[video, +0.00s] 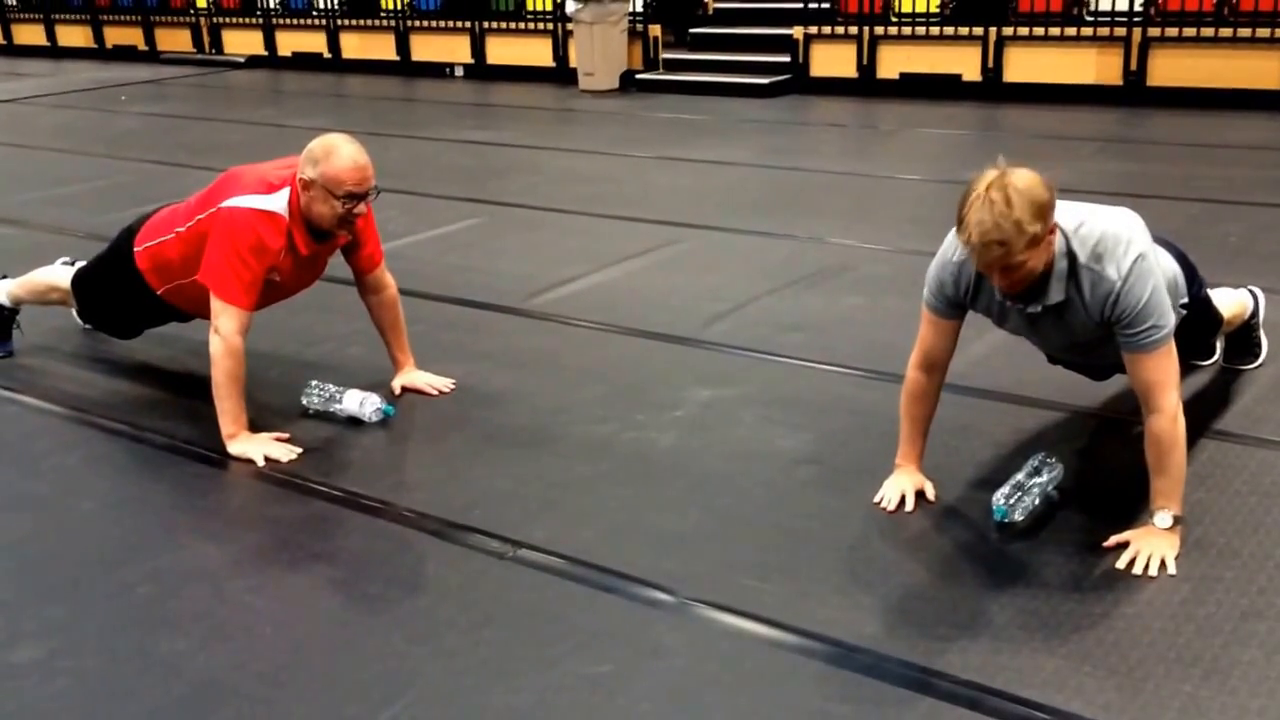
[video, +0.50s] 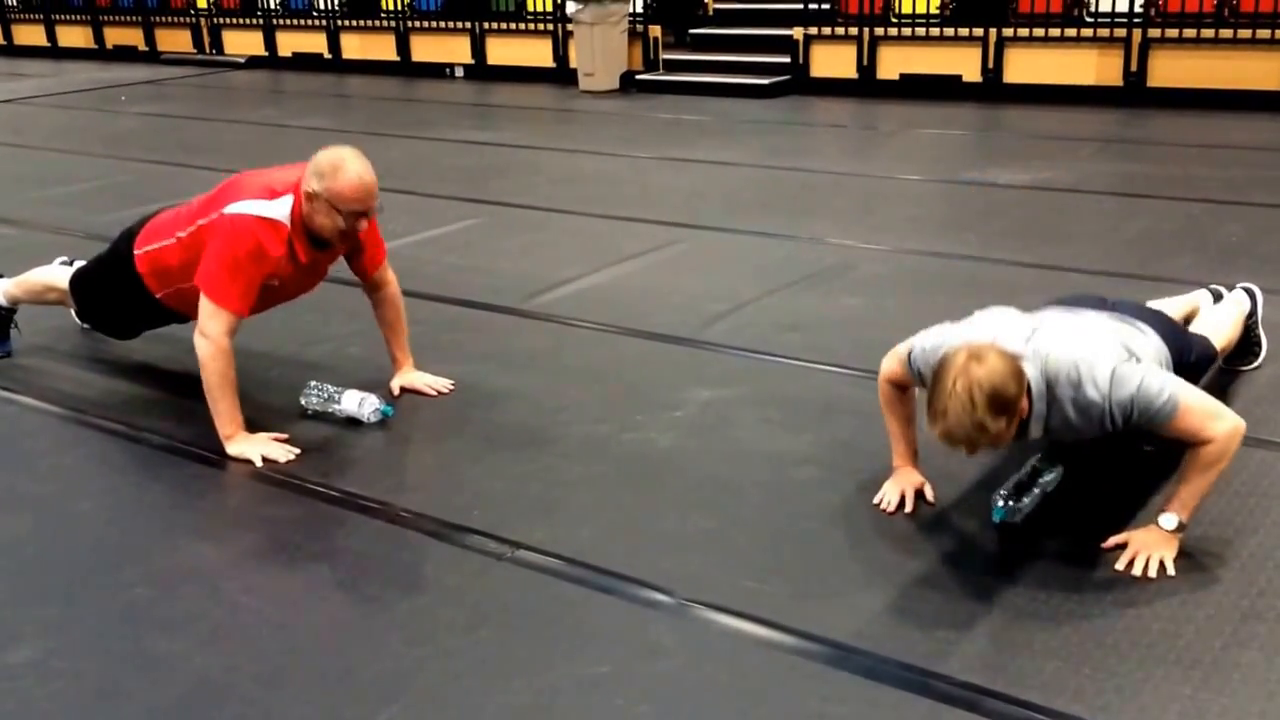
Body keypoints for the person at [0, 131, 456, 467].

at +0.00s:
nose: (359, 209)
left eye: (364, 197)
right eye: (349, 197)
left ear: (366, 189)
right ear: (306, 185)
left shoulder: (347, 205)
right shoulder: (251, 225)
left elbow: (377, 282)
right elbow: (227, 334)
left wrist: (405, 364)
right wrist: (236, 435)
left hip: (195, 280)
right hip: (144, 273)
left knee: (128, 305)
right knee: (76, 288)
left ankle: (80, 290)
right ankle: (5, 294)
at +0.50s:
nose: (359, 226)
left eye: (365, 215)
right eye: (349, 216)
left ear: (366, 203)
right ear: (311, 197)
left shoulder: (349, 207)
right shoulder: (251, 234)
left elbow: (382, 285)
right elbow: (212, 337)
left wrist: (404, 365)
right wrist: (235, 436)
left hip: (198, 275)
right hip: (144, 273)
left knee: (108, 295)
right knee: (75, 286)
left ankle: (71, 283)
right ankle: (5, 293)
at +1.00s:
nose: (389, 388)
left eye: (399, 382)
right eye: (380, 381)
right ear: (356, 346)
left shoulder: (394, 296)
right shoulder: (279, 327)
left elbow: (399, 285)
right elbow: (176, 355)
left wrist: (402, 371)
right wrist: (232, 437)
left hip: (236, 284)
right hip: (173, 310)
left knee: (152, 282)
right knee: (82, 310)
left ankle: (77, 267)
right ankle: (10, 290)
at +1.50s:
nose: (356, 267)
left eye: (369, 257)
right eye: (349, 254)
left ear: (380, 226)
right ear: (323, 220)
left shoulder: (358, 209)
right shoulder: (253, 233)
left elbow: (379, 283)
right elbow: (217, 334)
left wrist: (401, 368)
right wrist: (231, 436)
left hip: (198, 271)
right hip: (149, 265)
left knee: (124, 300)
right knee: (79, 287)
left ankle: (82, 302)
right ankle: (5, 290)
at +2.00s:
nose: (360, 361)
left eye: (371, 355)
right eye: (357, 353)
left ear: (396, 314)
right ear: (336, 322)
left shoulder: (379, 285)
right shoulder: (260, 316)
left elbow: (409, 288)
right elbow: (166, 362)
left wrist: (400, 367)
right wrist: (229, 440)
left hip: (209, 277)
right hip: (152, 311)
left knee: (139, 281)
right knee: (75, 310)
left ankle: (70, 271)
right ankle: (8, 292)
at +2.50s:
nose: (363, 315)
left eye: (375, 306)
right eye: (358, 305)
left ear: (390, 282)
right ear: (333, 279)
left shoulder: (368, 250)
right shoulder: (258, 274)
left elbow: (400, 294)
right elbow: (185, 352)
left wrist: (401, 369)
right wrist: (228, 440)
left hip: (193, 259)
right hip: (142, 290)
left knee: (121, 272)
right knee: (69, 298)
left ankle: (73, 272)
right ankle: (5, 292)